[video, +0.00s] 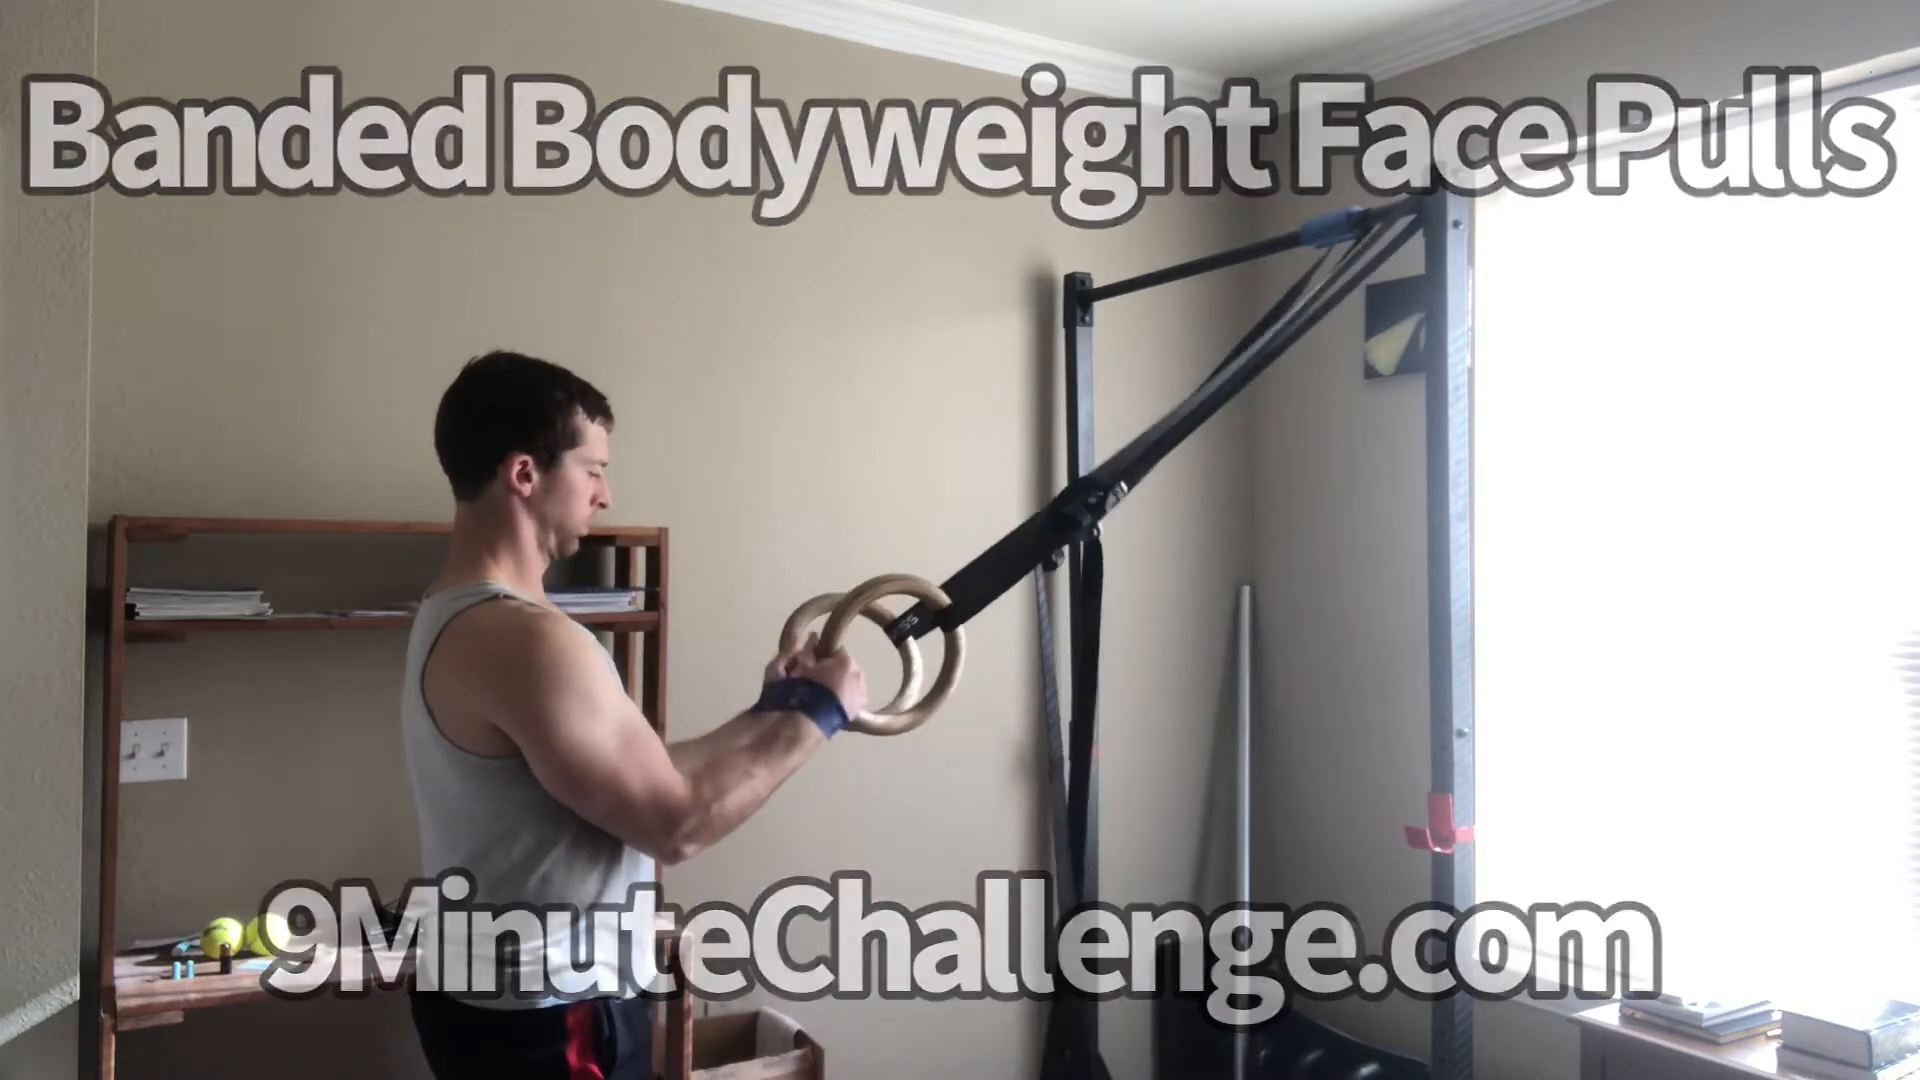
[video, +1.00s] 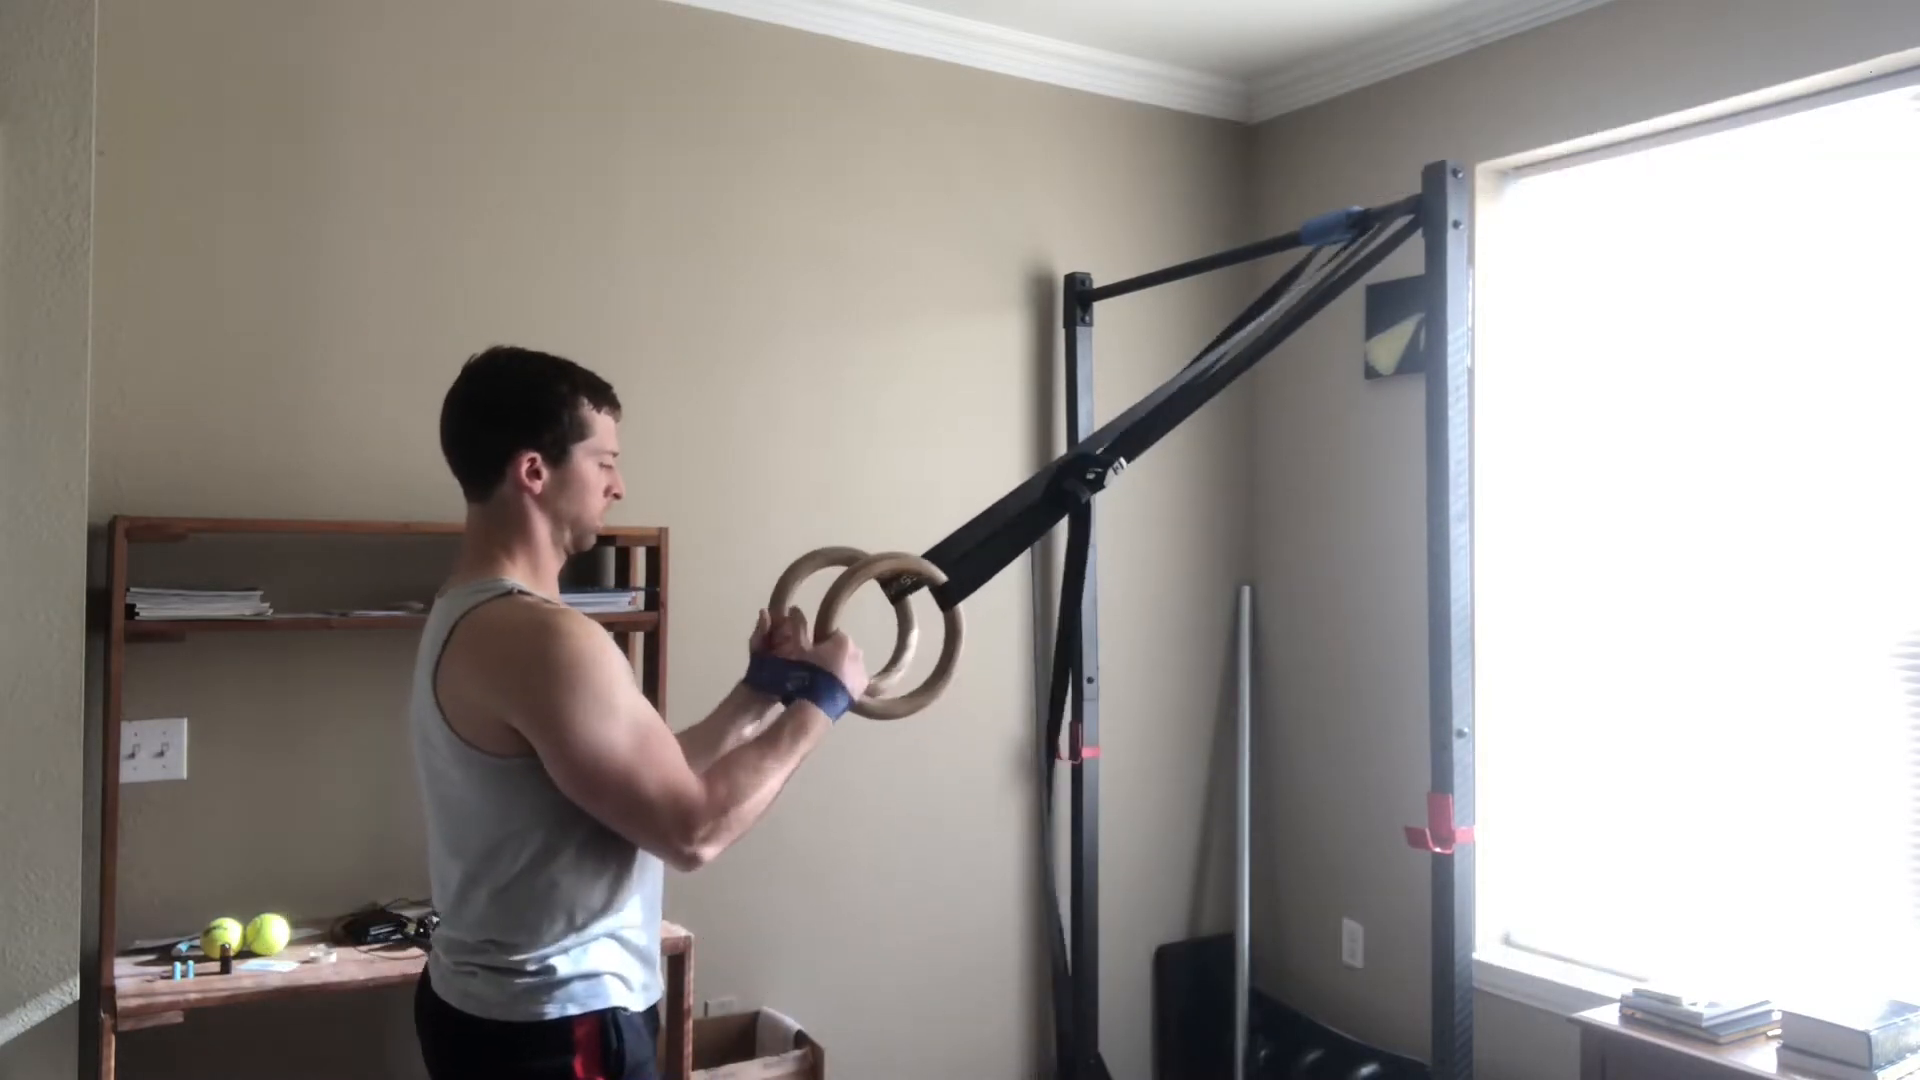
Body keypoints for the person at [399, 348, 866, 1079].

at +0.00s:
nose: (604, 495)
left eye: (603, 472)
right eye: (592, 470)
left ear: (522, 478)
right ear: (523, 474)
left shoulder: (457, 617)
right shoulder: (527, 643)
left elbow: (636, 776)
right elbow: (675, 824)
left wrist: (764, 715)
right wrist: (814, 715)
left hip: (498, 1003)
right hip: (551, 1018)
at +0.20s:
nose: (604, 493)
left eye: (602, 471)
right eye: (591, 469)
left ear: (521, 478)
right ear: (525, 473)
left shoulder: (454, 615)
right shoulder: (531, 639)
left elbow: (626, 778)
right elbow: (680, 827)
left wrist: (747, 707)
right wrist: (809, 715)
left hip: (481, 1003)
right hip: (548, 1020)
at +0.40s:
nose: (603, 493)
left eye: (602, 471)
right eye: (590, 469)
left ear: (522, 477)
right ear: (524, 473)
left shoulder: (451, 615)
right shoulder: (529, 640)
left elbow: (619, 775)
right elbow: (701, 816)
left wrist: (743, 697)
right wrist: (821, 706)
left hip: (478, 1001)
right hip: (548, 1023)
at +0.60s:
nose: (607, 491)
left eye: (604, 468)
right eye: (594, 466)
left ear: (524, 478)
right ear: (526, 473)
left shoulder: (455, 619)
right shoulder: (533, 642)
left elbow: (623, 771)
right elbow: (705, 822)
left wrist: (754, 705)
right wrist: (826, 716)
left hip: (485, 1003)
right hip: (555, 1024)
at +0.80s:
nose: (616, 488)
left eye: (613, 466)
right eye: (601, 465)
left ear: (530, 478)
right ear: (533, 473)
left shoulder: (467, 615)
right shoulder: (540, 644)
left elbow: (634, 776)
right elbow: (694, 835)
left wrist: (758, 697)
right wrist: (821, 711)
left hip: (492, 1005)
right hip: (559, 1026)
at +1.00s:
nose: (618, 486)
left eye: (614, 464)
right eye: (602, 462)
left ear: (530, 477)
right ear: (533, 472)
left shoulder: (469, 615)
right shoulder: (543, 642)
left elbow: (642, 777)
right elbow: (693, 830)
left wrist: (760, 691)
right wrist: (821, 703)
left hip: (493, 1012)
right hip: (560, 1032)